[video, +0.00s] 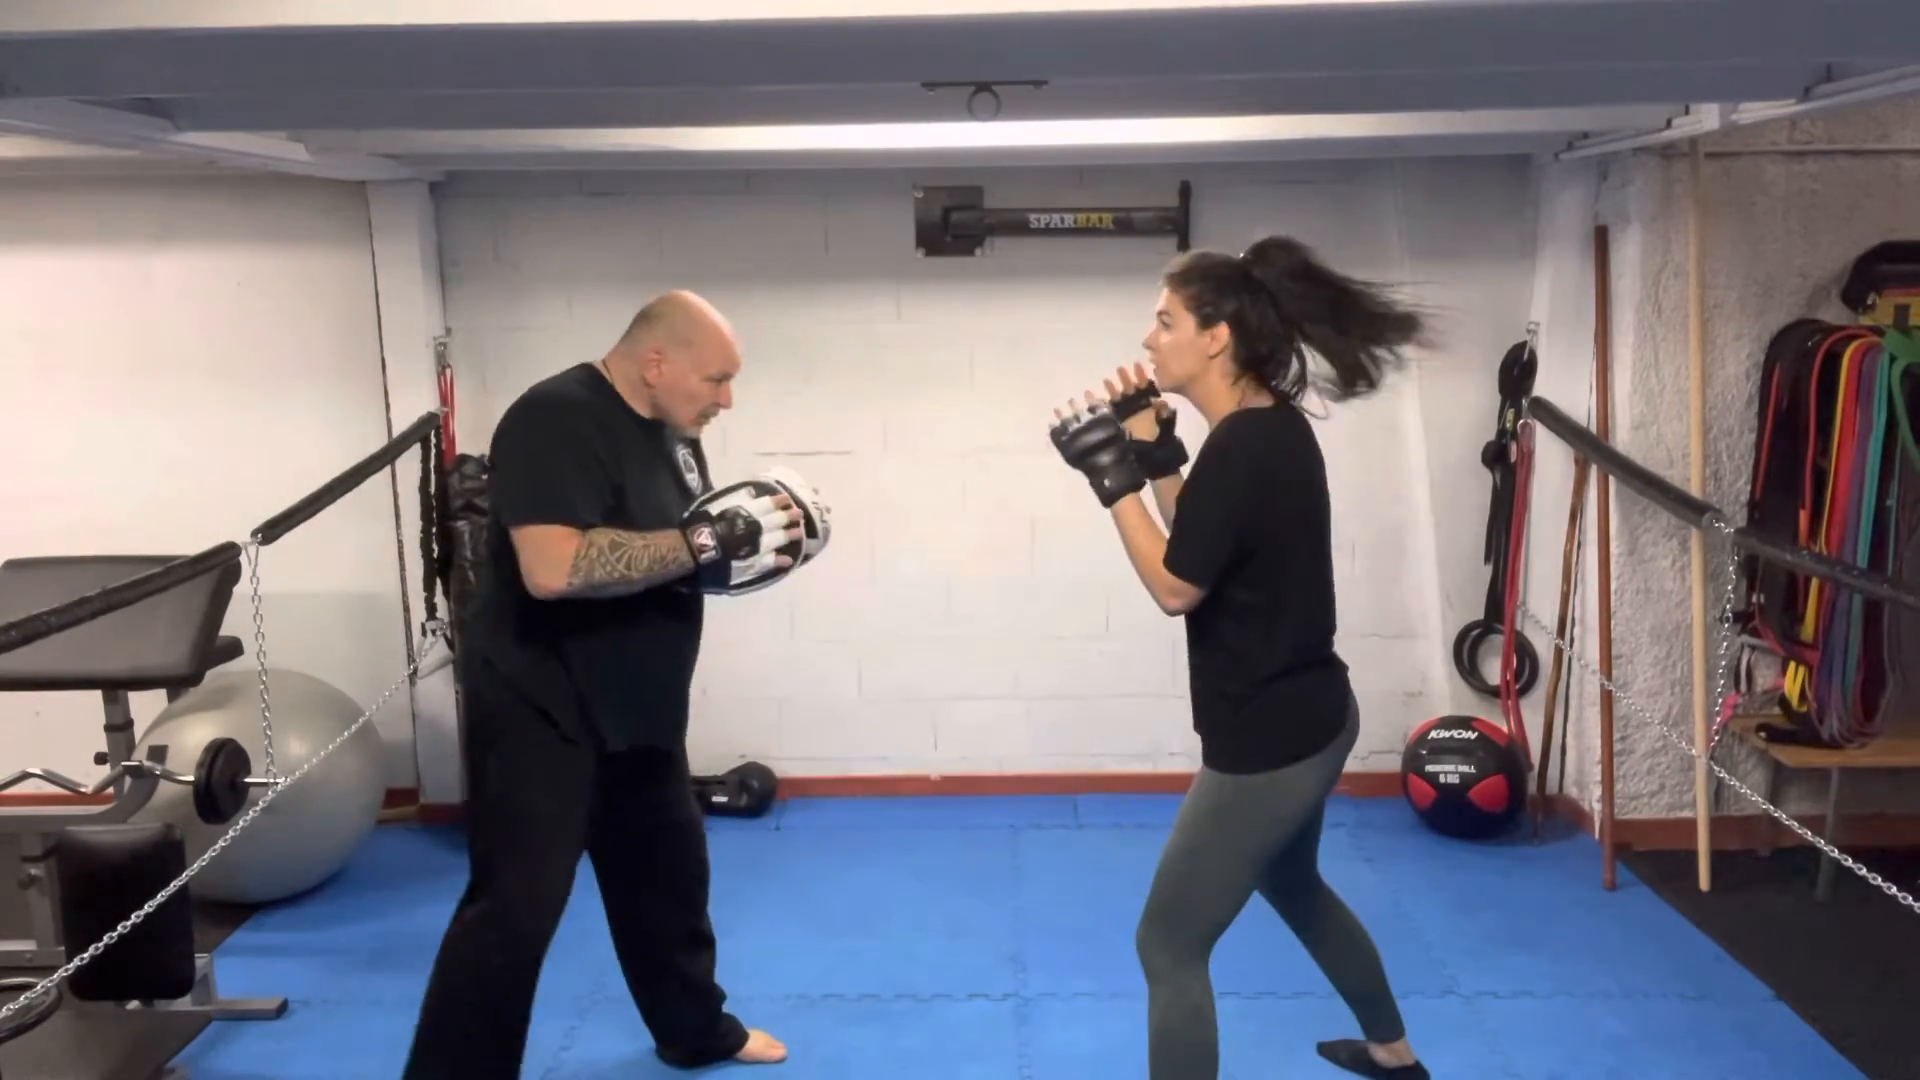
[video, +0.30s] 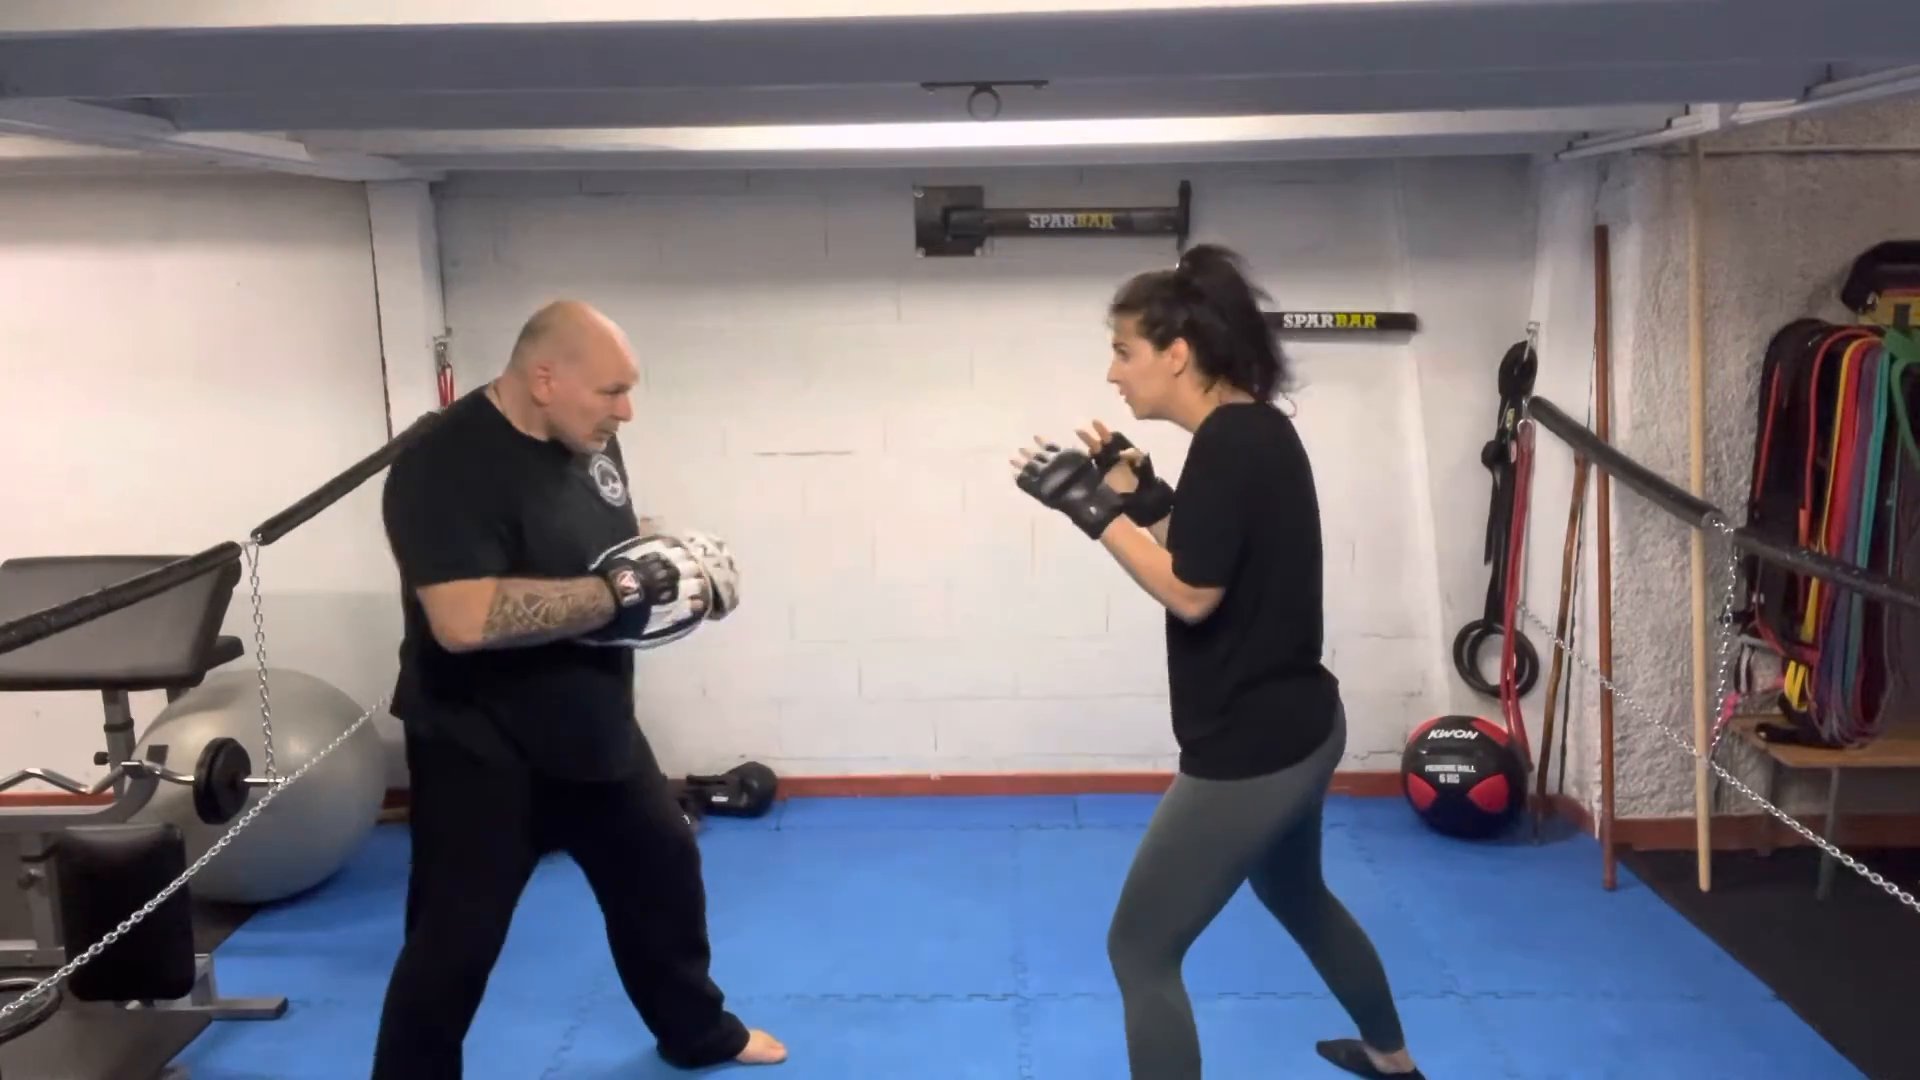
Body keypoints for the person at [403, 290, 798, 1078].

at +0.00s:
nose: (725, 401)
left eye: (729, 383)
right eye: (716, 381)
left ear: (662, 365)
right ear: (656, 361)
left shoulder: (662, 437)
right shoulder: (549, 420)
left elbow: (674, 562)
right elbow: (551, 568)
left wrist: (761, 544)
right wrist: (697, 541)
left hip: (634, 710)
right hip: (534, 714)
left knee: (665, 876)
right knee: (516, 903)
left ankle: (694, 1031)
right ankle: (451, 1072)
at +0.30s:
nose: (625, 410)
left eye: (628, 391)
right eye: (612, 391)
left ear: (555, 382)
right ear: (544, 380)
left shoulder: (588, 447)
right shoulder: (438, 460)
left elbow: (610, 549)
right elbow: (461, 617)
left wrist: (681, 564)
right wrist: (622, 586)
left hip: (592, 730)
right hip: (477, 747)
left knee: (660, 863)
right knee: (451, 945)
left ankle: (694, 1030)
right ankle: (411, 1074)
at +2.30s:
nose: (734, 395)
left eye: (736, 379)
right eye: (722, 377)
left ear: (717, 380)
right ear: (663, 370)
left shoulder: (740, 435)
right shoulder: (548, 434)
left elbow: (805, 470)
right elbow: (539, 551)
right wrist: (620, 429)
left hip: (718, 730)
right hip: (584, 739)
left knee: (788, 877)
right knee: (513, 937)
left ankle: (797, 1029)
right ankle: (440, 1074)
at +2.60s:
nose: (714, 405)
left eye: (717, 388)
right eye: (701, 387)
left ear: (709, 387)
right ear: (640, 380)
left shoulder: (739, 439)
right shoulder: (534, 438)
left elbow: (849, 464)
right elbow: (487, 548)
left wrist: (946, 442)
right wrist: (589, 443)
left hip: (704, 746)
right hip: (563, 754)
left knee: (777, 880)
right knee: (495, 949)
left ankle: (792, 1027)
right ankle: (446, 1072)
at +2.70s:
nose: (667, 389)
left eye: (688, 377)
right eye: (650, 371)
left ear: (708, 382)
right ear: (613, 370)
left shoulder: (729, 440)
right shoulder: (540, 433)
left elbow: (832, 485)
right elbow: (524, 535)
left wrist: (932, 464)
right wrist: (626, 420)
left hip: (690, 736)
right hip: (557, 745)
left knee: (769, 861)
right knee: (498, 939)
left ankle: (791, 1023)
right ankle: (445, 1071)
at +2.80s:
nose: (710, 381)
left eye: (715, 371)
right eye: (692, 364)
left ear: (723, 384)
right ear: (641, 370)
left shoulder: (733, 451)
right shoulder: (570, 428)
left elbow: (827, 502)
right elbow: (636, 485)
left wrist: (924, 474)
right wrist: (721, 367)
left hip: (686, 731)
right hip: (568, 742)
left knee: (767, 846)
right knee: (504, 940)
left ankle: (789, 1020)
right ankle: (447, 1072)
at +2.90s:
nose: (764, 391)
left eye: (767, 378)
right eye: (746, 373)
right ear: (681, 364)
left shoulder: (749, 464)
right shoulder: (626, 425)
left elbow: (833, 514)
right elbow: (775, 427)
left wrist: (923, 474)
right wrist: (856, 324)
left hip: (699, 726)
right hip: (592, 733)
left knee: (776, 843)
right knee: (521, 940)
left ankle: (794, 1021)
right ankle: (445, 1071)